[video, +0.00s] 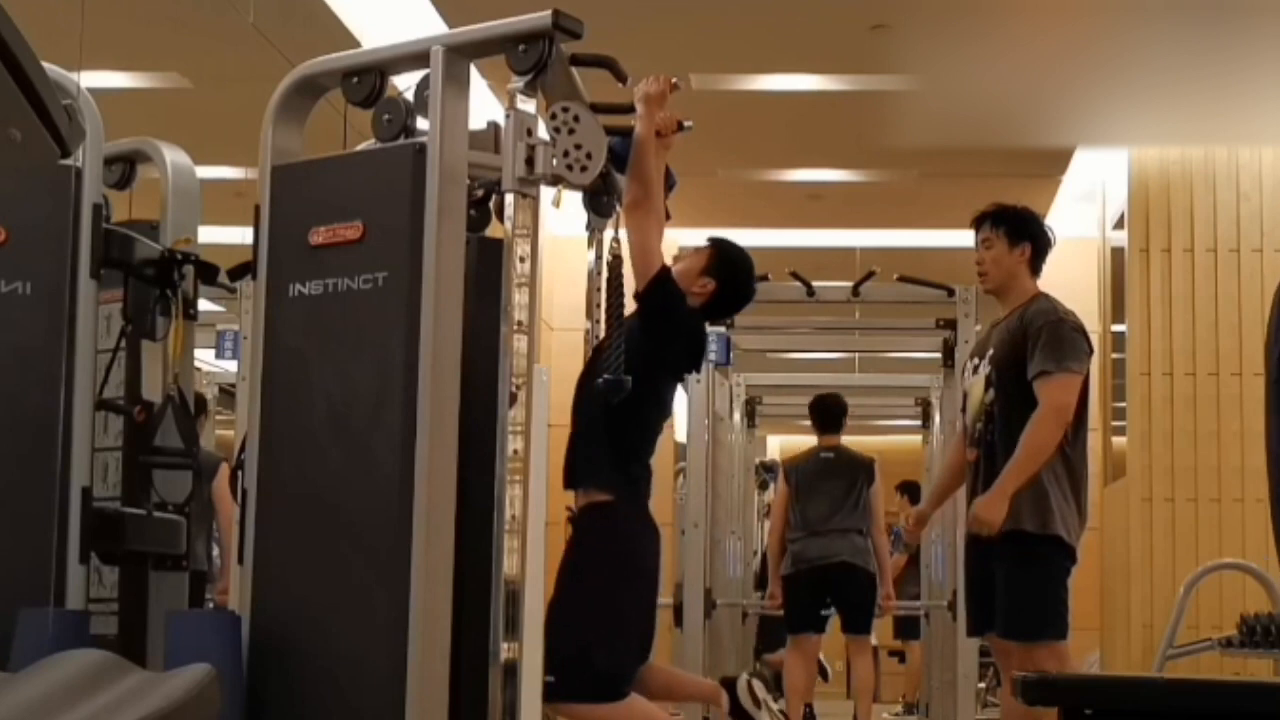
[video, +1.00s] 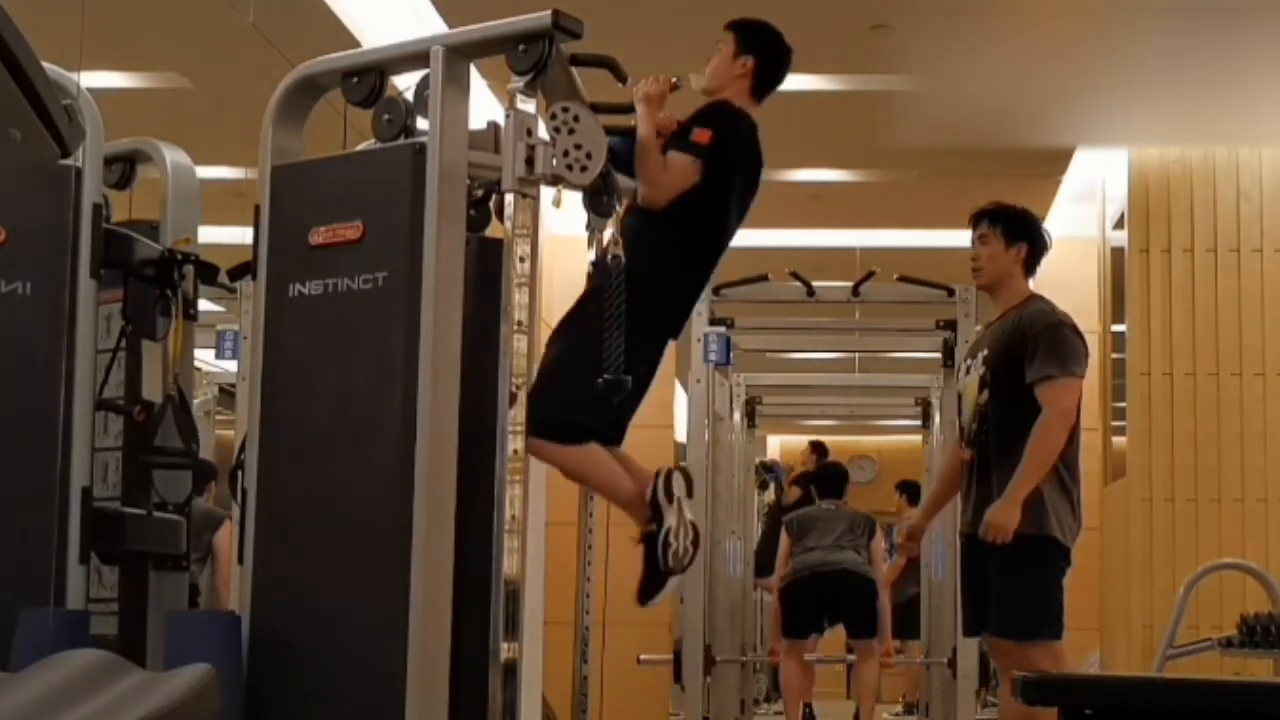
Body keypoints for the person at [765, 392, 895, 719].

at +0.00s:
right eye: (840, 418)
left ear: (812, 422)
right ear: (844, 422)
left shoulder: (791, 467)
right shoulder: (866, 466)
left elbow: (777, 529)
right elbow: (878, 530)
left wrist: (773, 580)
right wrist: (887, 582)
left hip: (805, 573)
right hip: (855, 571)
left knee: (800, 648)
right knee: (860, 646)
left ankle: (795, 716)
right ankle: (863, 715)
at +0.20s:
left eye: (815, 438)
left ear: (812, 442)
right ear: (845, 442)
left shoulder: (792, 484)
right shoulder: (866, 483)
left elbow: (777, 543)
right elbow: (879, 546)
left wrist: (773, 595)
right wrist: (887, 597)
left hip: (804, 577)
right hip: (855, 577)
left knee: (797, 651)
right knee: (862, 650)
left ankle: (795, 716)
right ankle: (864, 715)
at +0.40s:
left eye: (816, 452)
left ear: (812, 457)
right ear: (845, 456)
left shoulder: (793, 495)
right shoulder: (866, 495)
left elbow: (777, 558)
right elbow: (879, 555)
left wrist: (774, 609)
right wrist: (887, 609)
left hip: (804, 581)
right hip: (857, 580)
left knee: (798, 652)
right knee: (864, 652)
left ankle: (795, 715)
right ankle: (864, 715)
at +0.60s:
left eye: (815, 466)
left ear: (813, 470)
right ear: (845, 470)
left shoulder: (793, 506)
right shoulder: (867, 505)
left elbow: (778, 568)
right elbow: (880, 566)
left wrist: (774, 620)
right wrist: (886, 620)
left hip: (803, 583)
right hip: (857, 582)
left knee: (797, 652)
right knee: (865, 652)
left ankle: (795, 716)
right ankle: (865, 716)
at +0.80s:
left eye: (816, 475)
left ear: (814, 479)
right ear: (846, 479)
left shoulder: (793, 515)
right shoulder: (866, 514)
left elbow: (779, 576)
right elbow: (881, 575)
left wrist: (776, 631)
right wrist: (887, 630)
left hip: (803, 583)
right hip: (856, 582)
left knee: (794, 651)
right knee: (866, 653)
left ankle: (794, 716)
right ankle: (865, 716)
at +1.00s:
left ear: (815, 490)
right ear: (846, 490)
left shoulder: (793, 521)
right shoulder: (867, 523)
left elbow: (780, 579)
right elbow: (881, 583)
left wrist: (777, 639)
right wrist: (887, 640)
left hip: (803, 586)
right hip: (856, 585)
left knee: (793, 653)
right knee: (867, 654)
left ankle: (793, 717)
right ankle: (865, 715)